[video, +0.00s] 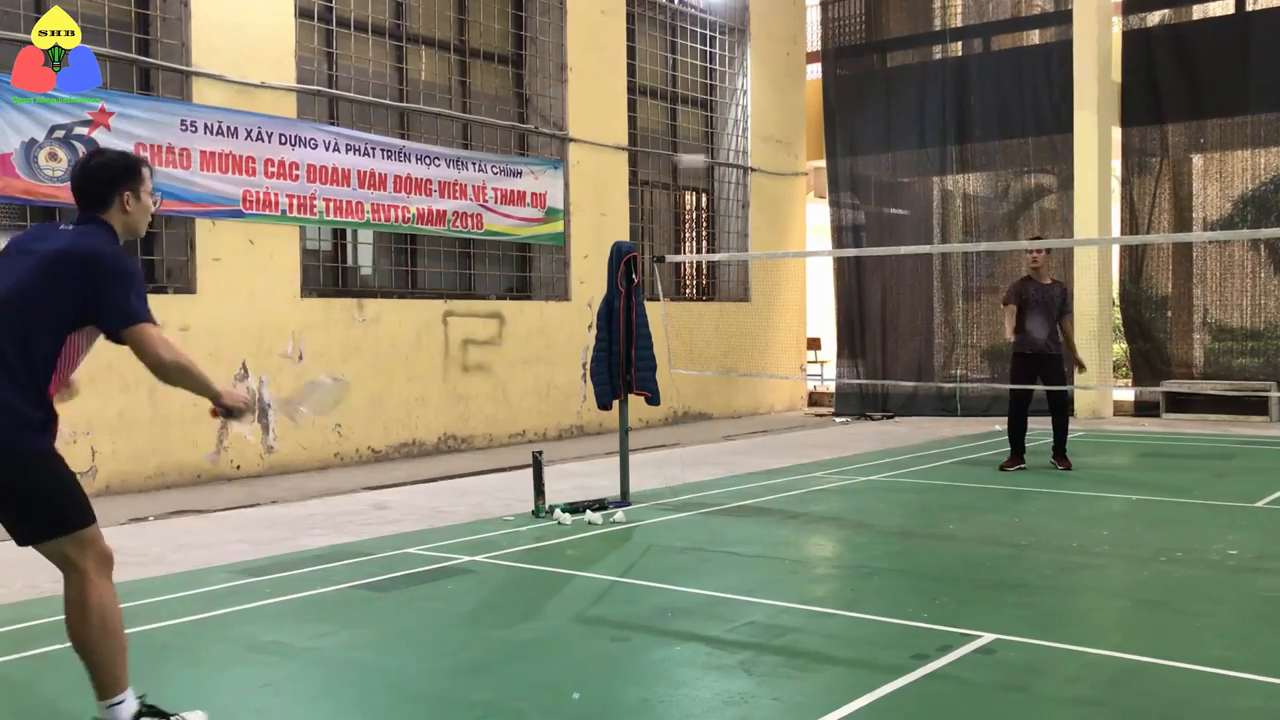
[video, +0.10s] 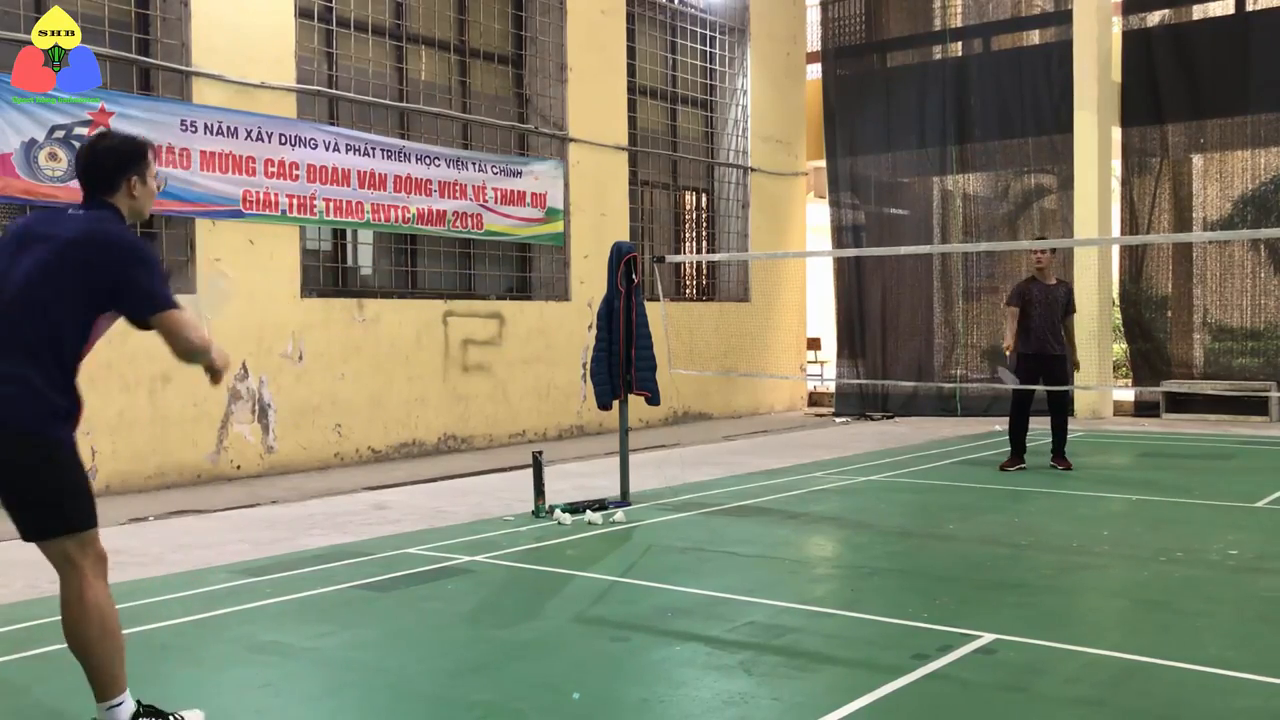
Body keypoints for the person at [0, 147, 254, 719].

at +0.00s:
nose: (153, 206)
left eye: (152, 194)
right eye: (148, 193)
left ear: (92, 200)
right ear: (124, 198)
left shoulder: (32, 239)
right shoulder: (104, 258)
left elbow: (10, 310)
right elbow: (162, 357)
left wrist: (41, 371)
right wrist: (220, 395)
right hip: (13, 430)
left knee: (80, 559)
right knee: (87, 560)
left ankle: (118, 706)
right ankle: (120, 708)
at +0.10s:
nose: (156, 190)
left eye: (154, 178)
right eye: (152, 179)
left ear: (91, 182)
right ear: (129, 183)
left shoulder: (32, 224)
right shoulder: (120, 246)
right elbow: (184, 340)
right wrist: (211, 355)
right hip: (25, 419)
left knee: (78, 561)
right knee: (82, 563)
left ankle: (116, 707)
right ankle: (118, 710)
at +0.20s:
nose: (159, 171)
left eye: (158, 160)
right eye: (158, 161)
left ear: (90, 165)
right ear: (142, 168)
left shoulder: (22, 213)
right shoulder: (146, 240)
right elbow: (235, 312)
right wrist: (253, 322)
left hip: (1, 413)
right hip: (53, 425)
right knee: (106, 562)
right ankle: (124, 709)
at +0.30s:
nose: (167, 162)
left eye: (163, 152)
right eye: (165, 153)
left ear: (93, 157)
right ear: (156, 162)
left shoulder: (33, 206)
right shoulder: (180, 240)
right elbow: (293, 265)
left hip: (1, 413)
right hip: (64, 429)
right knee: (118, 562)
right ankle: (125, 710)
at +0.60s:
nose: (167, 141)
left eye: (163, 129)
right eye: (162, 131)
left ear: (97, 138)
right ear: (146, 140)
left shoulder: (34, 188)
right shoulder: (149, 218)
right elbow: (226, 294)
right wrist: (323, 338)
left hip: (4, 407)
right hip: (70, 421)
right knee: (107, 564)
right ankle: (124, 709)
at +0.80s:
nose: (146, 190)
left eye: (145, 177)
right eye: (142, 178)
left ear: (75, 183)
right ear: (117, 183)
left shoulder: (16, 228)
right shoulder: (109, 253)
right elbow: (159, 359)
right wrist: (244, 405)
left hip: (1, 442)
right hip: (39, 445)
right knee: (151, 545)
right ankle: (145, 695)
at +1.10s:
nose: (203, 177)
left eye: (200, 165)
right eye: (199, 166)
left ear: (133, 172)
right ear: (180, 173)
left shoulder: (74, 219)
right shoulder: (186, 247)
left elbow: (3, 288)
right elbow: (234, 346)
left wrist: (26, 362)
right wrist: (271, 358)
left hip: (22, 416)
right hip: (106, 425)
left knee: (7, 563)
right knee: (154, 565)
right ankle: (188, 702)